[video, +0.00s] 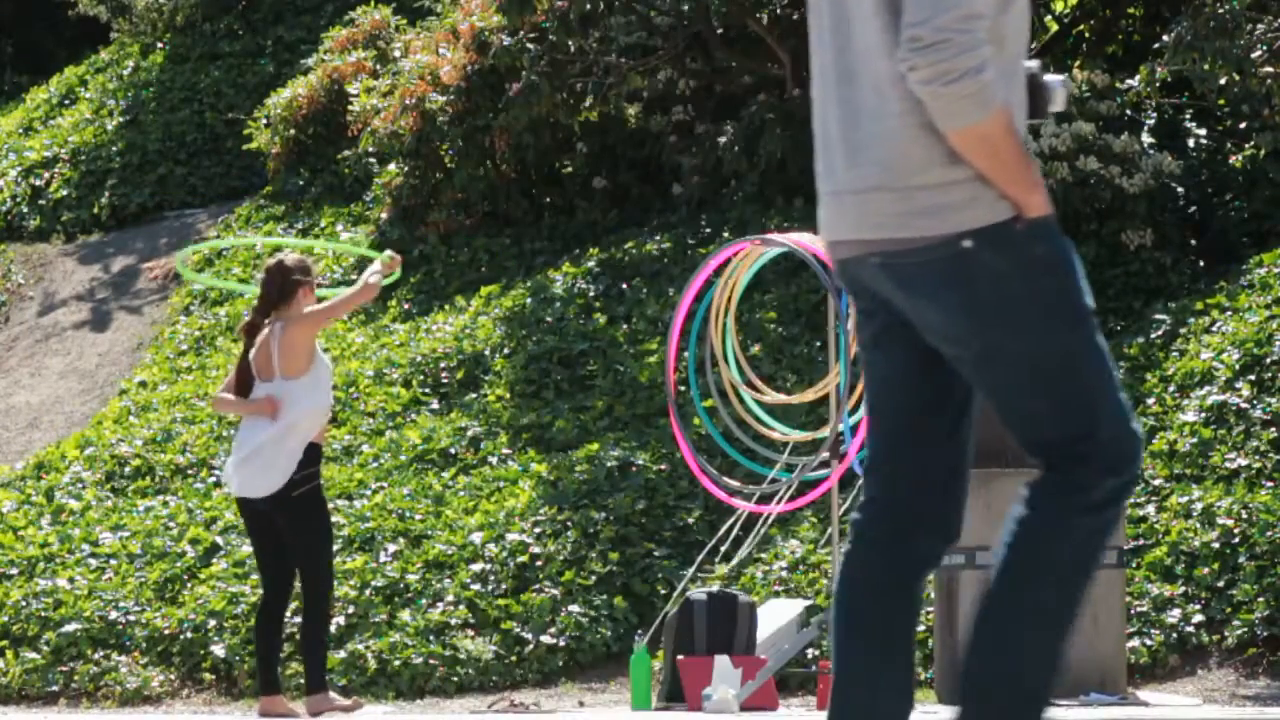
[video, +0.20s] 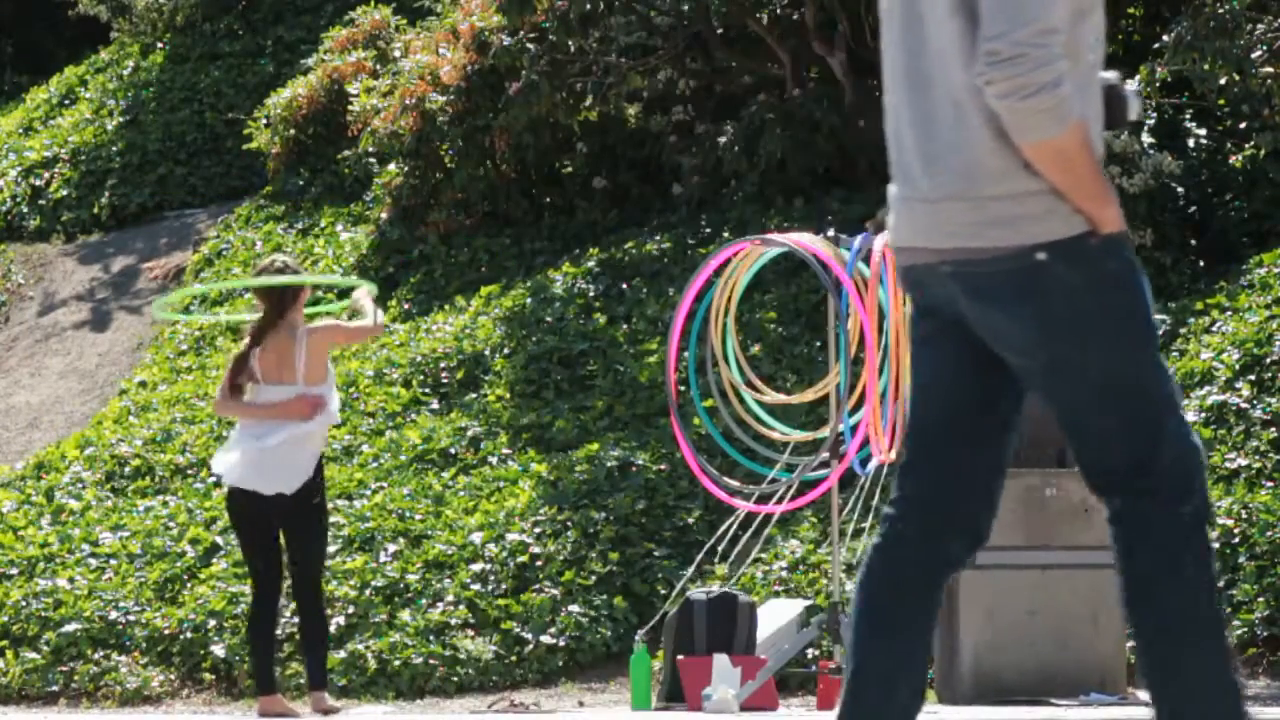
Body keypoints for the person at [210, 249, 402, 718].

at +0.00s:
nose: (315, 295)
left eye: (314, 287)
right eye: (311, 288)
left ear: (275, 294)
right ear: (298, 291)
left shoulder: (258, 341)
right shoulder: (298, 326)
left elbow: (223, 399)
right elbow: (363, 293)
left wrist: (259, 407)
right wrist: (380, 268)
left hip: (250, 482)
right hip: (294, 479)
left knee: (275, 585)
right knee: (318, 582)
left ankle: (269, 695)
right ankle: (318, 693)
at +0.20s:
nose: (307, 296)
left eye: (302, 290)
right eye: (305, 290)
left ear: (263, 299)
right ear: (300, 295)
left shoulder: (249, 347)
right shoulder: (320, 334)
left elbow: (223, 402)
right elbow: (372, 325)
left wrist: (286, 409)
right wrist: (364, 296)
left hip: (246, 484)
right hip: (299, 480)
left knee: (264, 586)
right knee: (308, 587)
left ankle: (267, 694)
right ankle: (318, 691)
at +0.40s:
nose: (257, 310)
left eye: (260, 302)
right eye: (257, 301)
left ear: (276, 303)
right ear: (300, 301)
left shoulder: (255, 352)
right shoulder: (331, 347)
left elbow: (251, 412)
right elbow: (346, 376)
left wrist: (308, 414)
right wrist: (334, 343)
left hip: (254, 477)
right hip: (308, 481)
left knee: (261, 585)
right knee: (282, 579)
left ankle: (267, 694)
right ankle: (306, 684)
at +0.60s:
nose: (258, 310)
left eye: (265, 302)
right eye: (257, 302)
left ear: (292, 300)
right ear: (295, 302)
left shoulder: (277, 343)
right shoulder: (317, 336)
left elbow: (295, 410)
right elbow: (284, 394)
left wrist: (328, 400)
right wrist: (240, 392)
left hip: (276, 481)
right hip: (305, 481)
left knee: (262, 582)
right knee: (267, 580)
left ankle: (274, 689)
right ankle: (274, 686)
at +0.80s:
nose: (274, 311)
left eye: (281, 303)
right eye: (269, 302)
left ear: (307, 300)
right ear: (268, 300)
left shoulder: (303, 340)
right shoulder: (285, 343)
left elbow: (335, 407)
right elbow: (256, 414)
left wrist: (288, 422)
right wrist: (200, 416)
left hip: (289, 474)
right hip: (282, 473)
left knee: (278, 576)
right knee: (262, 575)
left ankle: (294, 689)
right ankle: (279, 687)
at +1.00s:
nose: (304, 312)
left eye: (313, 304)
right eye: (295, 303)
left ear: (322, 304)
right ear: (277, 299)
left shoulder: (326, 343)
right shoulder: (259, 347)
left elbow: (354, 408)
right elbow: (240, 410)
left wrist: (309, 409)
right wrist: (197, 435)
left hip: (317, 468)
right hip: (266, 470)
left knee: (304, 580)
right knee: (265, 582)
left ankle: (303, 688)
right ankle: (269, 686)